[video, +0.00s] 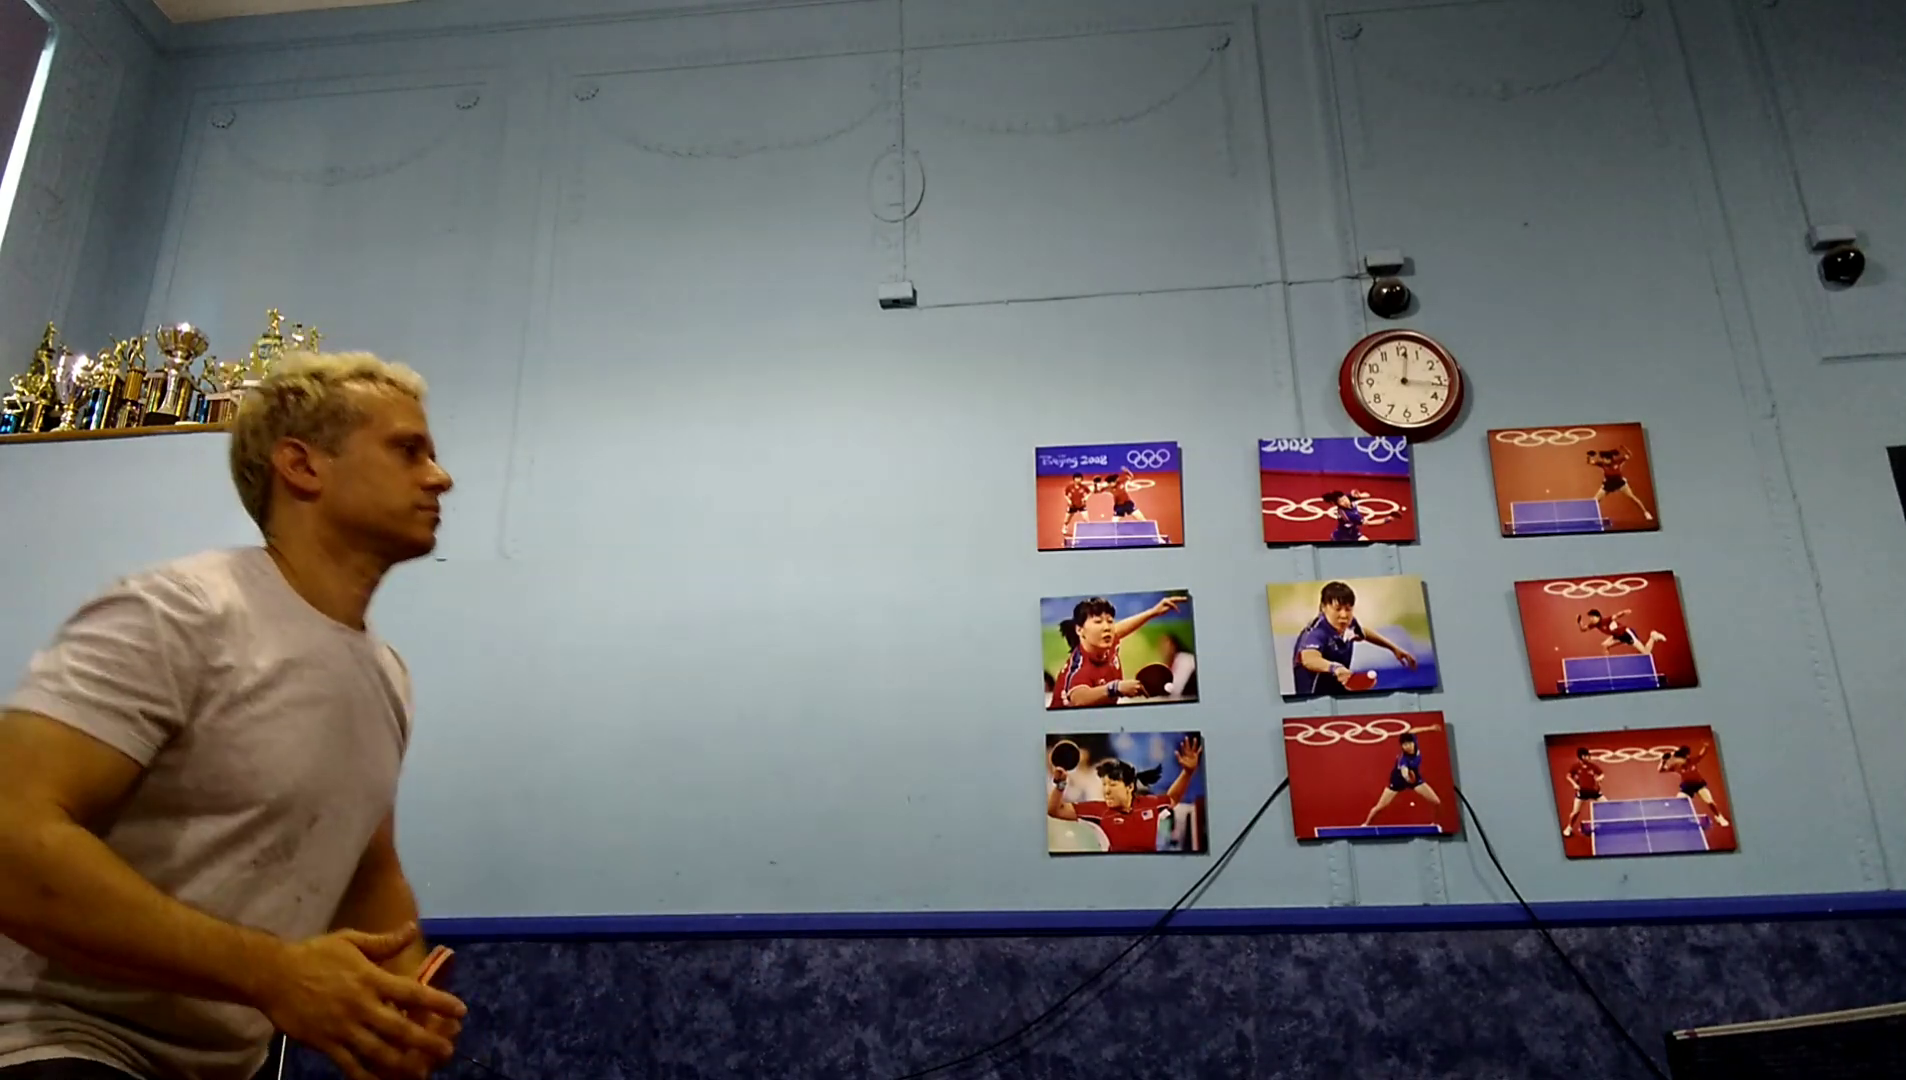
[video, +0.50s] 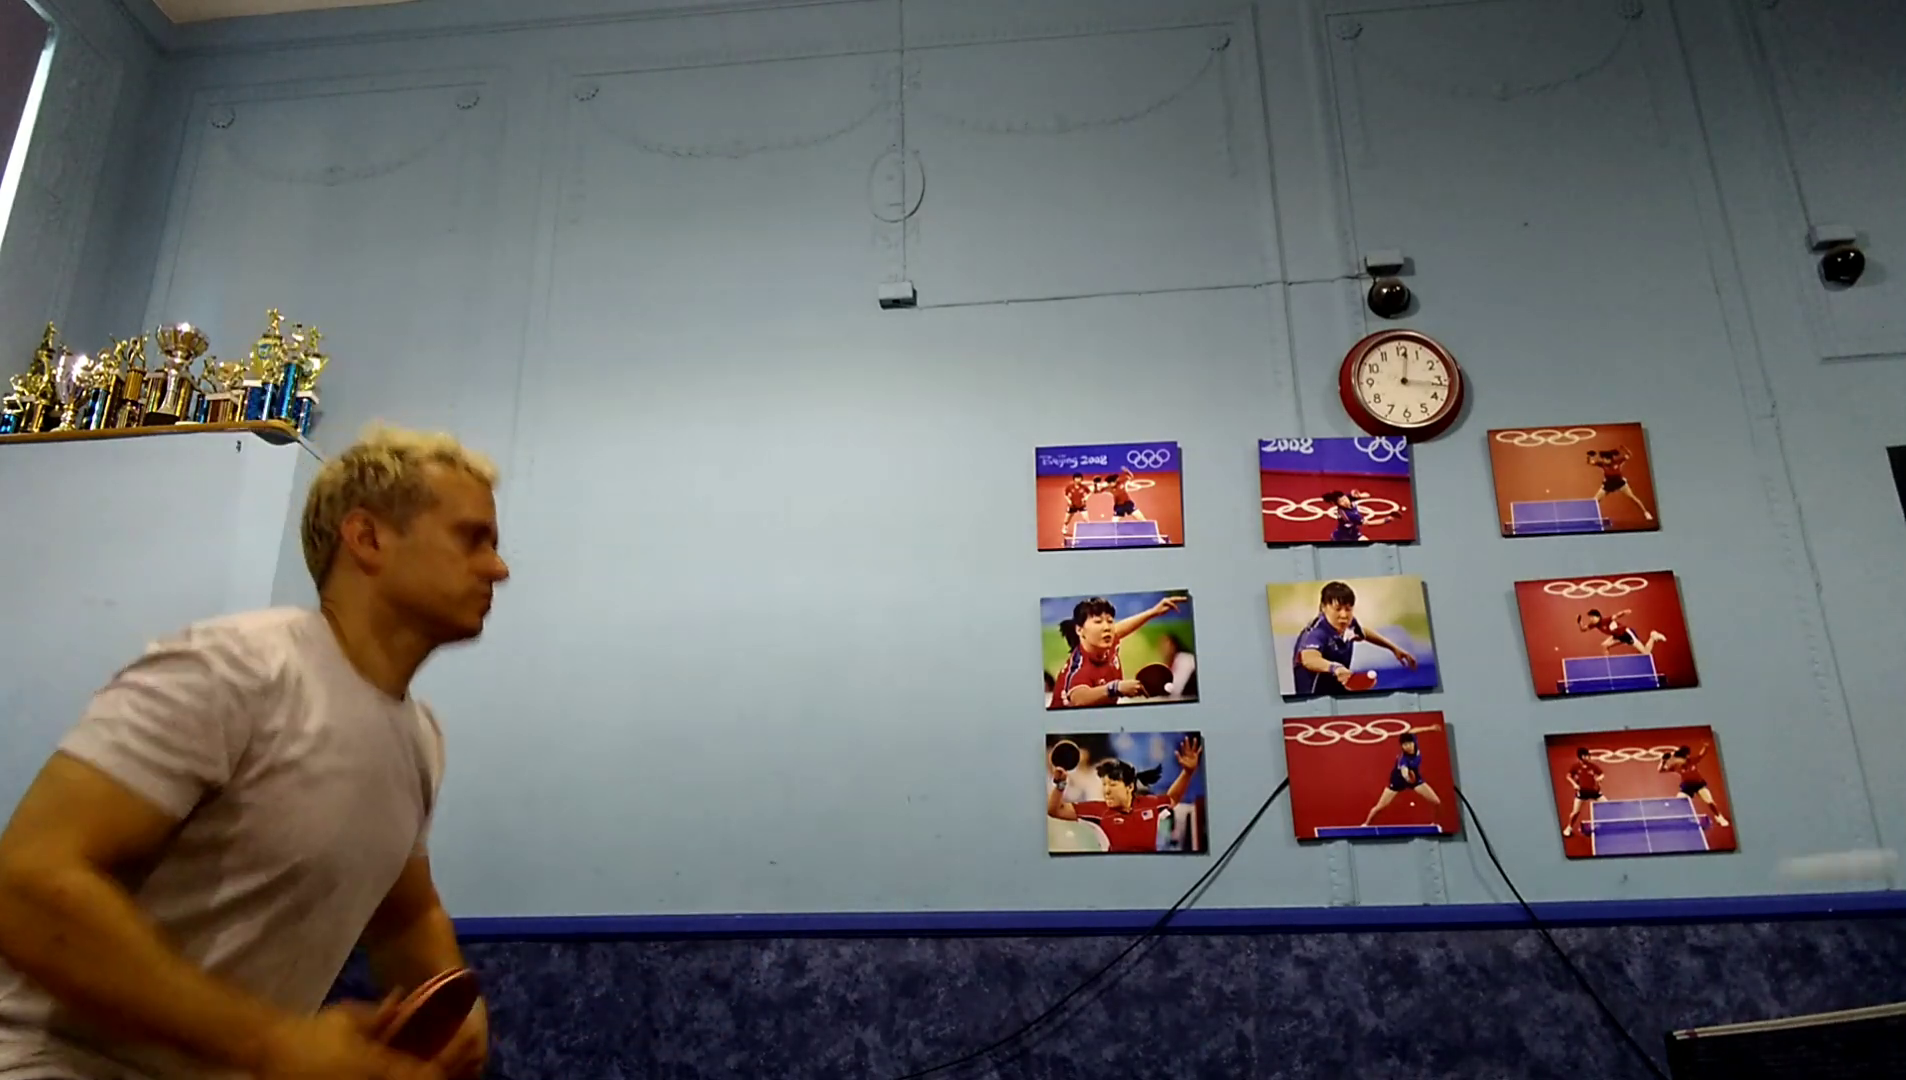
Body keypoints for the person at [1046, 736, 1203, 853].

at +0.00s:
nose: (1107, 790)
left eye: (1113, 785)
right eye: (1104, 785)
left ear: (1130, 787)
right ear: (1101, 787)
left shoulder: (1151, 805)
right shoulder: (1100, 811)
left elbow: (1172, 798)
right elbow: (1055, 811)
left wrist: (1188, 771)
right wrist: (1059, 785)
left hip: (1151, 872)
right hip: (1115, 874)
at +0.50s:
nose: (1107, 790)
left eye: (1113, 785)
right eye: (1104, 785)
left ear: (1130, 787)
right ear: (1101, 787)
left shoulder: (1151, 805)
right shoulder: (1100, 811)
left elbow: (1172, 798)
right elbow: (1055, 811)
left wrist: (1188, 771)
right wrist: (1059, 785)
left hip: (1151, 872)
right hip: (1115, 874)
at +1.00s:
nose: (1106, 790)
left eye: (1113, 785)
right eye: (1104, 785)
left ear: (1130, 787)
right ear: (1101, 787)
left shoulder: (1151, 805)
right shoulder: (1100, 810)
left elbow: (1172, 798)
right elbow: (1055, 811)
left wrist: (1188, 771)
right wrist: (1059, 785)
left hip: (1151, 872)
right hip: (1116, 874)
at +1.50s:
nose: (1106, 790)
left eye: (1113, 784)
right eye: (1104, 785)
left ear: (1130, 787)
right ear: (1101, 787)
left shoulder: (1151, 805)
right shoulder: (1100, 810)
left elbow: (1172, 798)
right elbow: (1055, 811)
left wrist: (1188, 771)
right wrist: (1060, 785)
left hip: (1150, 872)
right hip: (1115, 874)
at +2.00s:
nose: (1107, 790)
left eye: (1113, 785)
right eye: (1104, 785)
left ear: (1130, 787)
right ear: (1101, 787)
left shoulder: (1151, 804)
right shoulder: (1100, 810)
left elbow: (1172, 798)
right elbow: (1055, 811)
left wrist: (1188, 771)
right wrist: (1059, 785)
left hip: (1151, 872)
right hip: (1116, 874)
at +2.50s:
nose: (1106, 790)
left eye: (1113, 785)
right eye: (1104, 785)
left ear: (1130, 787)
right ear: (1101, 787)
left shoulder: (1151, 805)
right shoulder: (1100, 811)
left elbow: (1173, 798)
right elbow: (1055, 811)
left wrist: (1188, 771)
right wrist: (1060, 785)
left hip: (1151, 873)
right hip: (1115, 875)